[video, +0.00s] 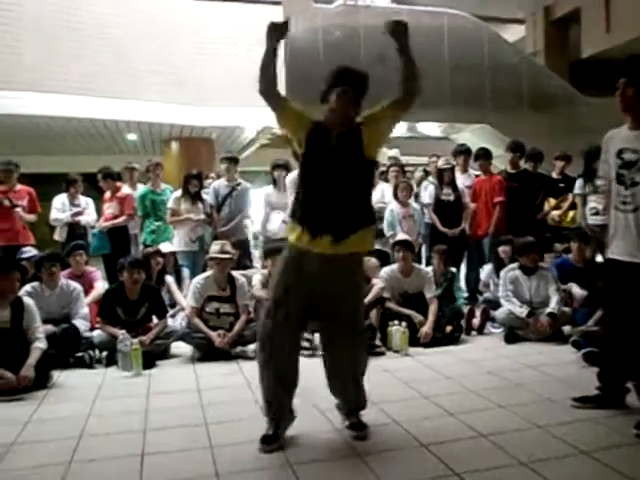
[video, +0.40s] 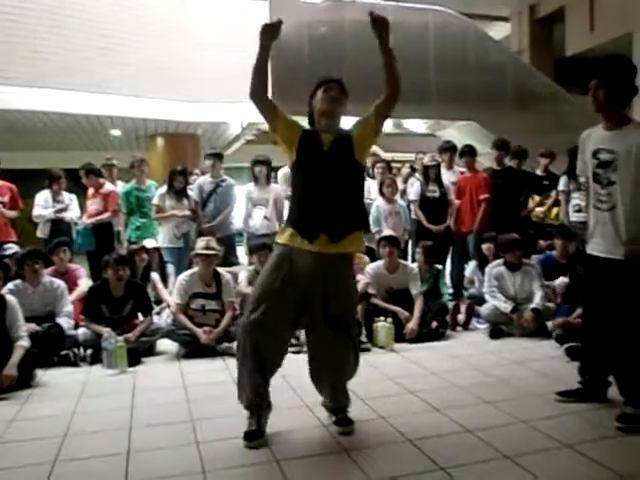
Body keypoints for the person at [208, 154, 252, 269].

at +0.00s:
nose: (227, 168)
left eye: (230, 165)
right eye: (224, 165)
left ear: (236, 168)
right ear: (221, 168)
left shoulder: (244, 187)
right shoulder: (215, 187)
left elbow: (245, 212)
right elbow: (213, 209)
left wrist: (228, 228)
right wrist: (219, 229)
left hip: (240, 235)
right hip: (221, 234)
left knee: (244, 268)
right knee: (220, 267)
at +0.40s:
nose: (212, 165)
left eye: (215, 162)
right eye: (210, 161)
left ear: (221, 165)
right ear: (206, 164)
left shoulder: (229, 184)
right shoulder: (200, 183)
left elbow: (230, 208)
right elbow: (197, 205)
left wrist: (213, 225)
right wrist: (203, 225)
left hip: (224, 232)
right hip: (205, 231)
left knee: (230, 266)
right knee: (204, 265)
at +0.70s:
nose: (206, 144)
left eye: (210, 140)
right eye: (204, 140)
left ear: (215, 142)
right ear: (200, 142)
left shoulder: (223, 163)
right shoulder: (195, 163)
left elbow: (225, 187)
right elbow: (192, 184)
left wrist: (208, 203)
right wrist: (199, 202)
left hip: (219, 212)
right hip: (200, 212)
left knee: (225, 246)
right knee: (200, 245)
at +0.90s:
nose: (208, 143)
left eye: (211, 139)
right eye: (205, 139)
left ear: (216, 142)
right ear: (201, 142)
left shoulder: (225, 162)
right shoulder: (195, 162)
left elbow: (225, 187)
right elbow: (193, 183)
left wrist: (209, 203)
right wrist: (200, 202)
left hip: (220, 211)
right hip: (201, 210)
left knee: (227, 244)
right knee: (201, 244)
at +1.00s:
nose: (209, 143)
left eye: (213, 139)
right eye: (207, 139)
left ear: (218, 142)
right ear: (202, 142)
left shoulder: (227, 162)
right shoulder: (197, 162)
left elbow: (228, 186)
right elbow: (194, 183)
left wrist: (212, 203)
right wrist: (202, 202)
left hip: (222, 210)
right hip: (203, 210)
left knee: (229, 244)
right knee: (203, 244)